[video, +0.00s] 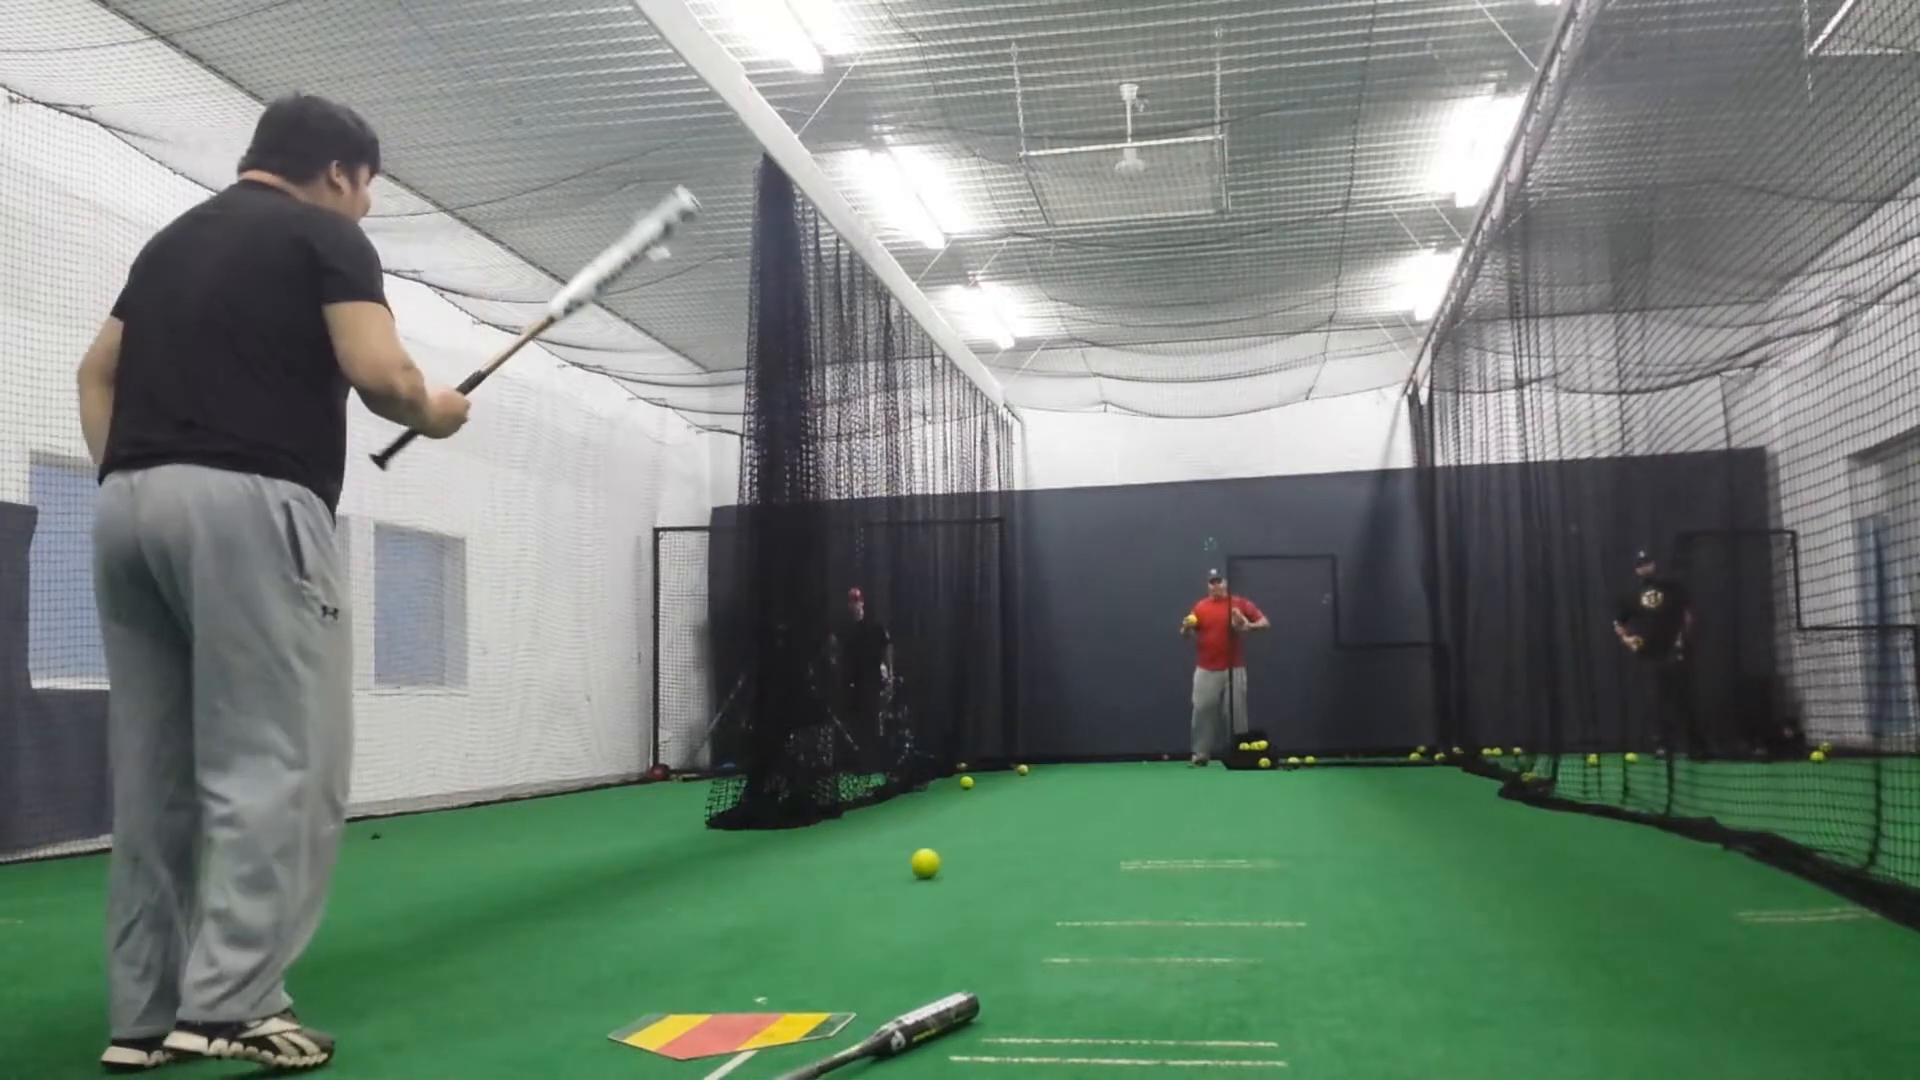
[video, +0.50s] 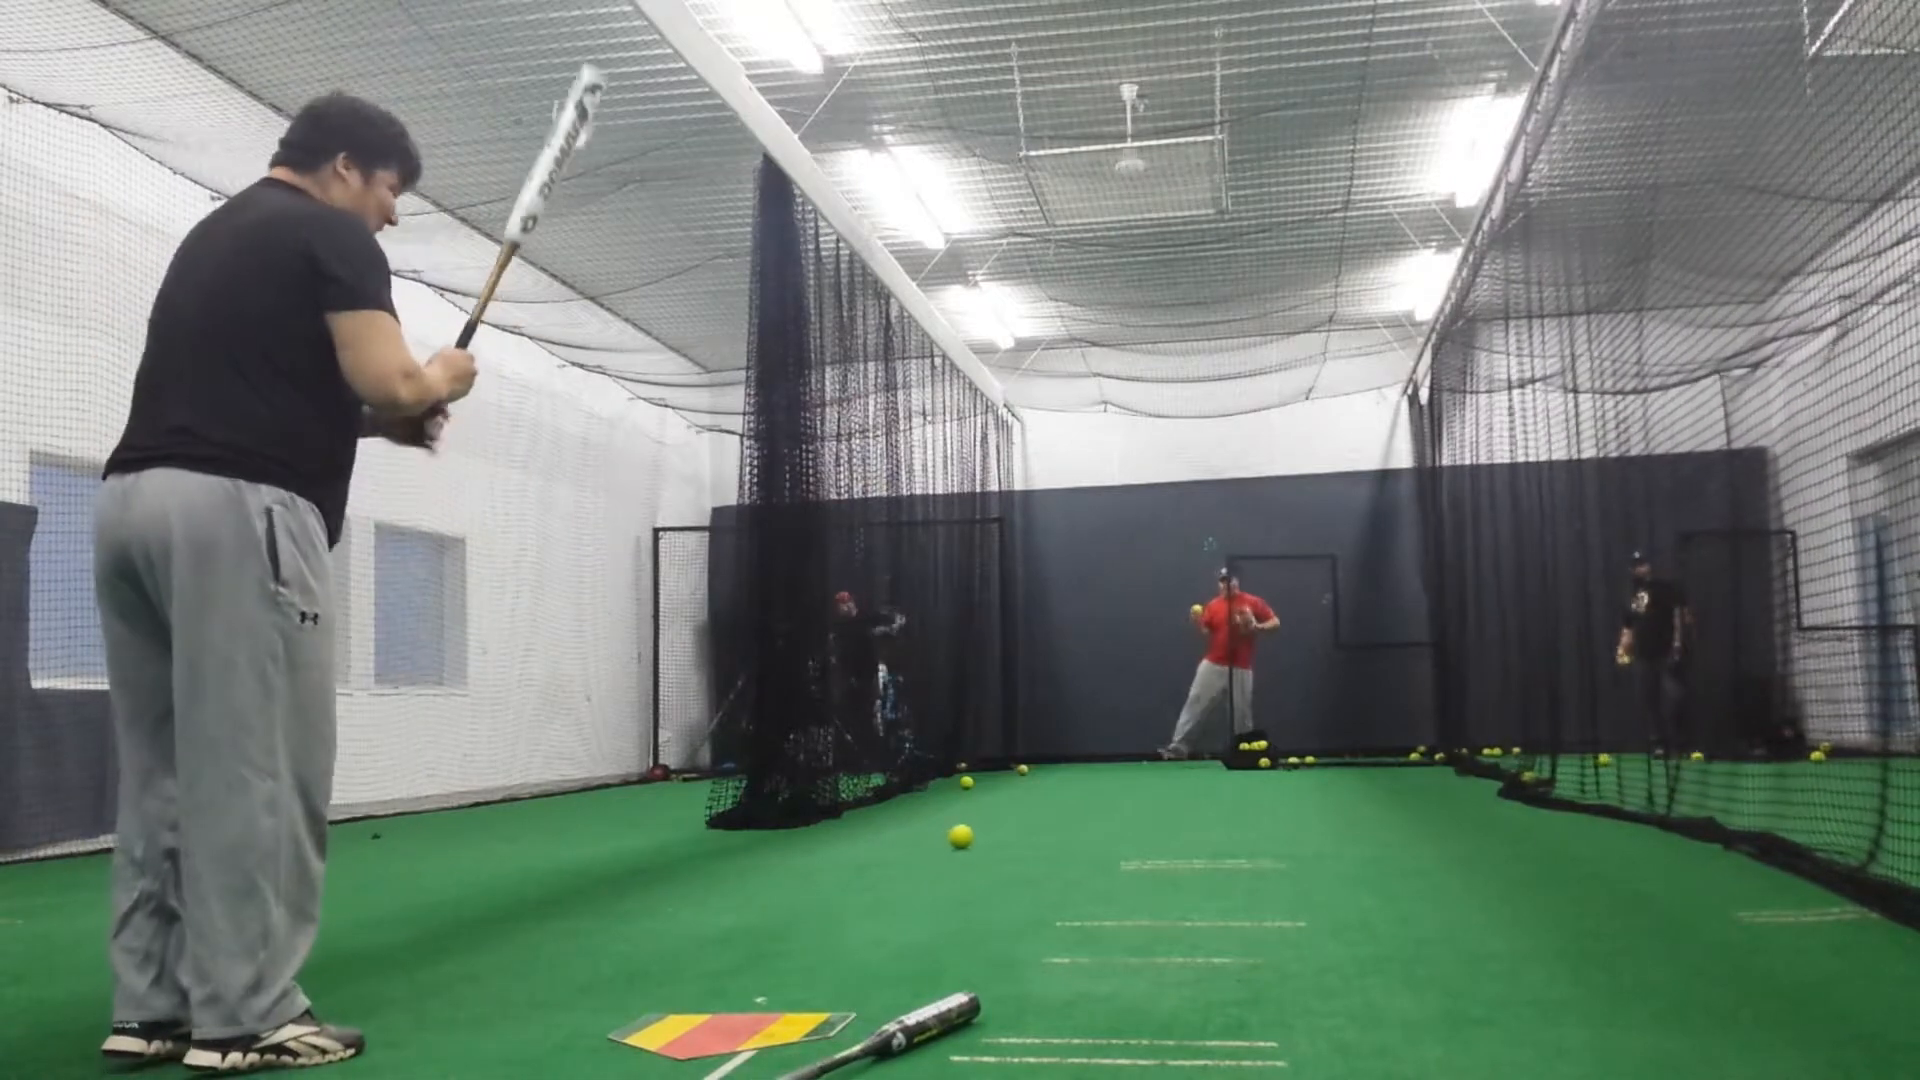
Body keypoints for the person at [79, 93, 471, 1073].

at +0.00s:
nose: (369, 208)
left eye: (371, 193)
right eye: (368, 190)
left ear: (256, 166)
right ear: (336, 173)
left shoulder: (171, 239)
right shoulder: (327, 232)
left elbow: (99, 369)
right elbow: (376, 374)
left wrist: (124, 479)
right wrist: (430, 407)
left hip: (130, 501)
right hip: (248, 501)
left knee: (153, 765)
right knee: (270, 761)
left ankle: (144, 1016)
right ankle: (230, 1006)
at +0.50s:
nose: (393, 214)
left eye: (399, 197)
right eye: (391, 192)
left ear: (307, 168)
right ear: (346, 167)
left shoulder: (221, 227)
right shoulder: (331, 231)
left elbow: (264, 379)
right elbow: (388, 384)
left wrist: (388, 416)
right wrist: (440, 379)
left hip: (134, 497)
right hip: (238, 507)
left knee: (156, 767)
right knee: (257, 765)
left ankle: (150, 1009)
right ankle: (245, 1015)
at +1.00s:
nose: (404, 212)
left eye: (413, 195)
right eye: (401, 186)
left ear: (339, 161)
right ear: (347, 153)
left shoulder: (284, 225)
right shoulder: (294, 218)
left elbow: (333, 395)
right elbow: (357, 367)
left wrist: (444, 407)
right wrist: (462, 350)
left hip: (219, 515)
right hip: (228, 519)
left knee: (239, 756)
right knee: (249, 773)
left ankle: (163, 942)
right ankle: (242, 1025)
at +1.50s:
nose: (400, 198)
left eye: (403, 179)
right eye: (401, 176)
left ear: (299, 152)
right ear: (371, 162)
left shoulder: (222, 223)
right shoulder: (347, 255)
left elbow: (249, 383)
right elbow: (377, 418)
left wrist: (396, 428)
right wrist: (450, 442)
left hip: (130, 504)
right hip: (230, 517)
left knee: (147, 767)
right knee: (247, 769)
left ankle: (151, 1003)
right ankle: (243, 1021)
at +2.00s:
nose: (327, 188)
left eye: (325, 170)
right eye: (325, 169)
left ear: (219, 163)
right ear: (298, 163)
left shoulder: (176, 243)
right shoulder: (297, 259)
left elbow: (203, 406)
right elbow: (348, 430)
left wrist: (302, 504)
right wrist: (364, 537)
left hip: (101, 513)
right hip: (196, 516)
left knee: (133, 768)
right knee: (237, 765)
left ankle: (150, 1007)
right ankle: (247, 1011)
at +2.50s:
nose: (262, 185)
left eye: (258, 168)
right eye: (258, 167)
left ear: (162, 165)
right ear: (233, 160)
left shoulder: (146, 237)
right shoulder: (204, 226)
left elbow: (217, 418)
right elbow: (217, 343)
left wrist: (333, 418)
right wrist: (341, 387)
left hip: (106, 516)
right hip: (167, 518)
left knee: (142, 769)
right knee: (220, 758)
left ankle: (153, 1009)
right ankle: (237, 1004)